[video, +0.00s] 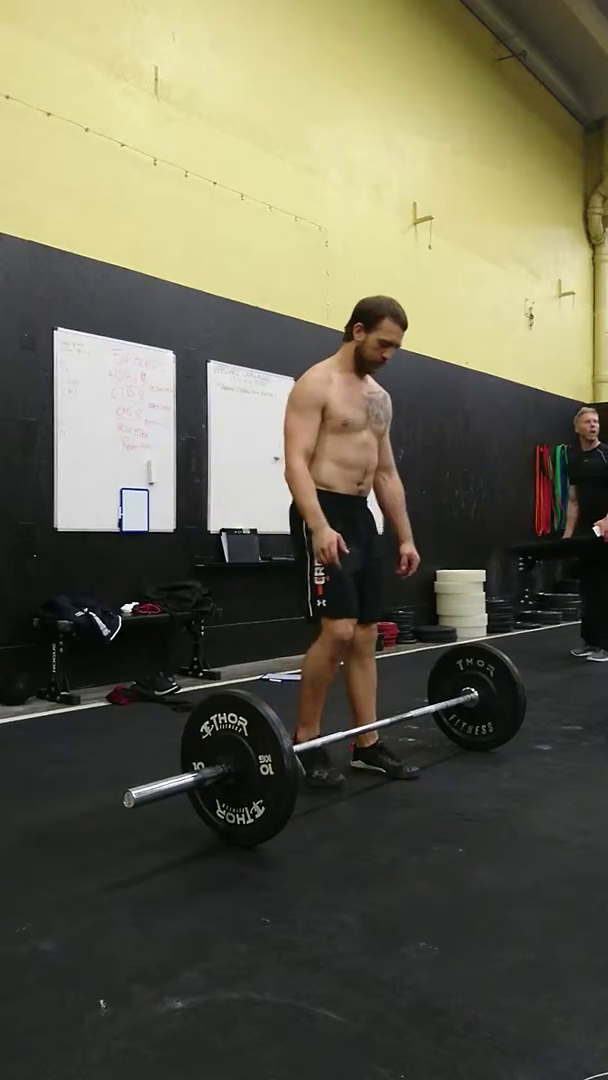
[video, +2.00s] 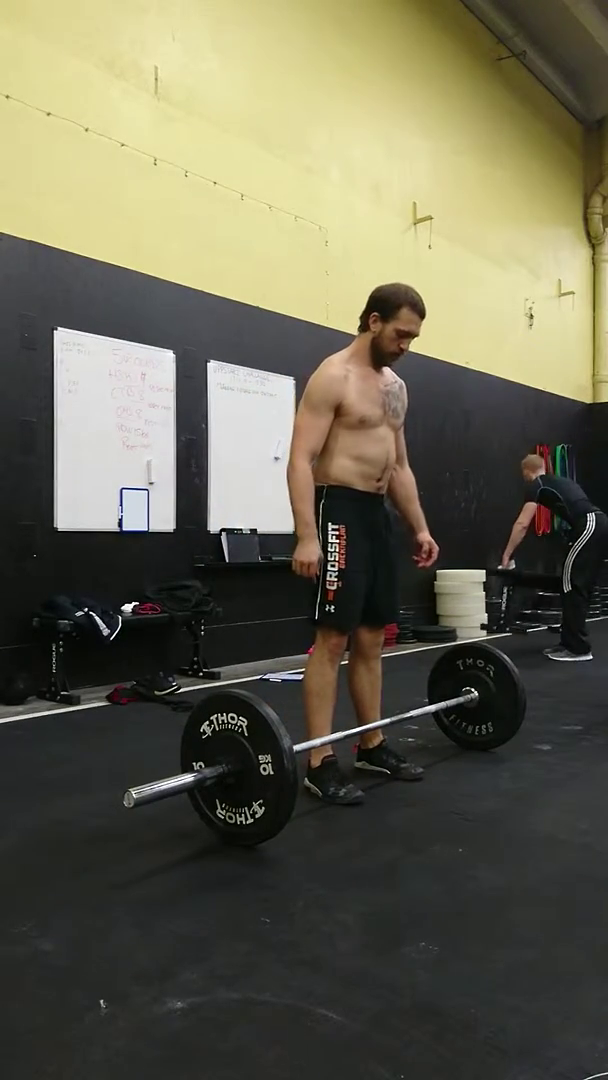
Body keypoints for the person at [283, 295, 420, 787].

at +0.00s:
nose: (388, 354)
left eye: (394, 347)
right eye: (383, 344)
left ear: (393, 344)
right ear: (356, 332)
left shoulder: (379, 397)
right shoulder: (315, 383)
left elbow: (385, 473)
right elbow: (295, 461)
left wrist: (405, 536)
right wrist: (319, 526)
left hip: (362, 517)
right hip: (323, 515)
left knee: (364, 635)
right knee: (337, 631)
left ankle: (366, 743)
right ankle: (305, 743)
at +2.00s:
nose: (407, 345)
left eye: (413, 337)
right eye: (402, 334)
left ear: (410, 333)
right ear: (372, 321)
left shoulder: (395, 385)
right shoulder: (333, 374)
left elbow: (398, 467)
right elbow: (300, 458)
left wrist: (419, 527)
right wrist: (306, 536)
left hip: (376, 515)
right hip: (336, 511)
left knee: (371, 636)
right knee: (333, 639)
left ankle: (371, 746)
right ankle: (318, 763)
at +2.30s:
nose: (441, 386)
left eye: (448, 378)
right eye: (438, 375)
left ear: (440, 369)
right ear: (411, 357)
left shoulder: (418, 419)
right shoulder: (356, 401)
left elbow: (411, 495)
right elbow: (326, 487)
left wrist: (417, 570)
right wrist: (332, 571)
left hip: (355, 516)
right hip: (312, 512)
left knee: (372, 636)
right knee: (328, 638)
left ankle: (371, 746)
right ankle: (319, 761)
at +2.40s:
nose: (453, 425)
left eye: (459, 418)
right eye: (451, 414)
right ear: (425, 395)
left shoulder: (425, 450)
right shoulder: (365, 433)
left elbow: (413, 525)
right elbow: (338, 523)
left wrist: (413, 601)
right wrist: (337, 607)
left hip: (351, 526)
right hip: (305, 520)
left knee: (373, 635)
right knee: (328, 638)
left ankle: (371, 744)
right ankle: (320, 761)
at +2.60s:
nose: (459, 501)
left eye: (467, 495)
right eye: (459, 491)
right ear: (437, 468)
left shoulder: (433, 513)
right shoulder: (375, 498)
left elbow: (419, 586)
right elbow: (346, 593)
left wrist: (413, 659)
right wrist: (336, 678)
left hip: (352, 545)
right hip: (298, 536)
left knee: (382, 636)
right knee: (328, 643)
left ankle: (373, 746)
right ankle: (320, 761)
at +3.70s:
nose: (463, 435)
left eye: (469, 426)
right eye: (457, 422)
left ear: (471, 424)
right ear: (427, 410)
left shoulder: (442, 476)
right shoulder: (378, 462)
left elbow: (427, 554)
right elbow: (352, 559)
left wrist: (418, 628)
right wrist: (337, 639)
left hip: (356, 538)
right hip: (308, 529)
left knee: (385, 636)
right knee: (330, 646)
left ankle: (373, 747)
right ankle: (319, 763)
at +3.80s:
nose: (444, 374)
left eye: (448, 365)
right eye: (436, 363)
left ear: (444, 368)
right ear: (404, 360)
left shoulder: (433, 431)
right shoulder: (367, 421)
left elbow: (427, 512)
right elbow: (355, 517)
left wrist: (423, 587)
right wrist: (345, 595)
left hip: (363, 528)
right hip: (315, 523)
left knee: (389, 636)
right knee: (338, 638)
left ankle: (373, 746)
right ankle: (321, 762)